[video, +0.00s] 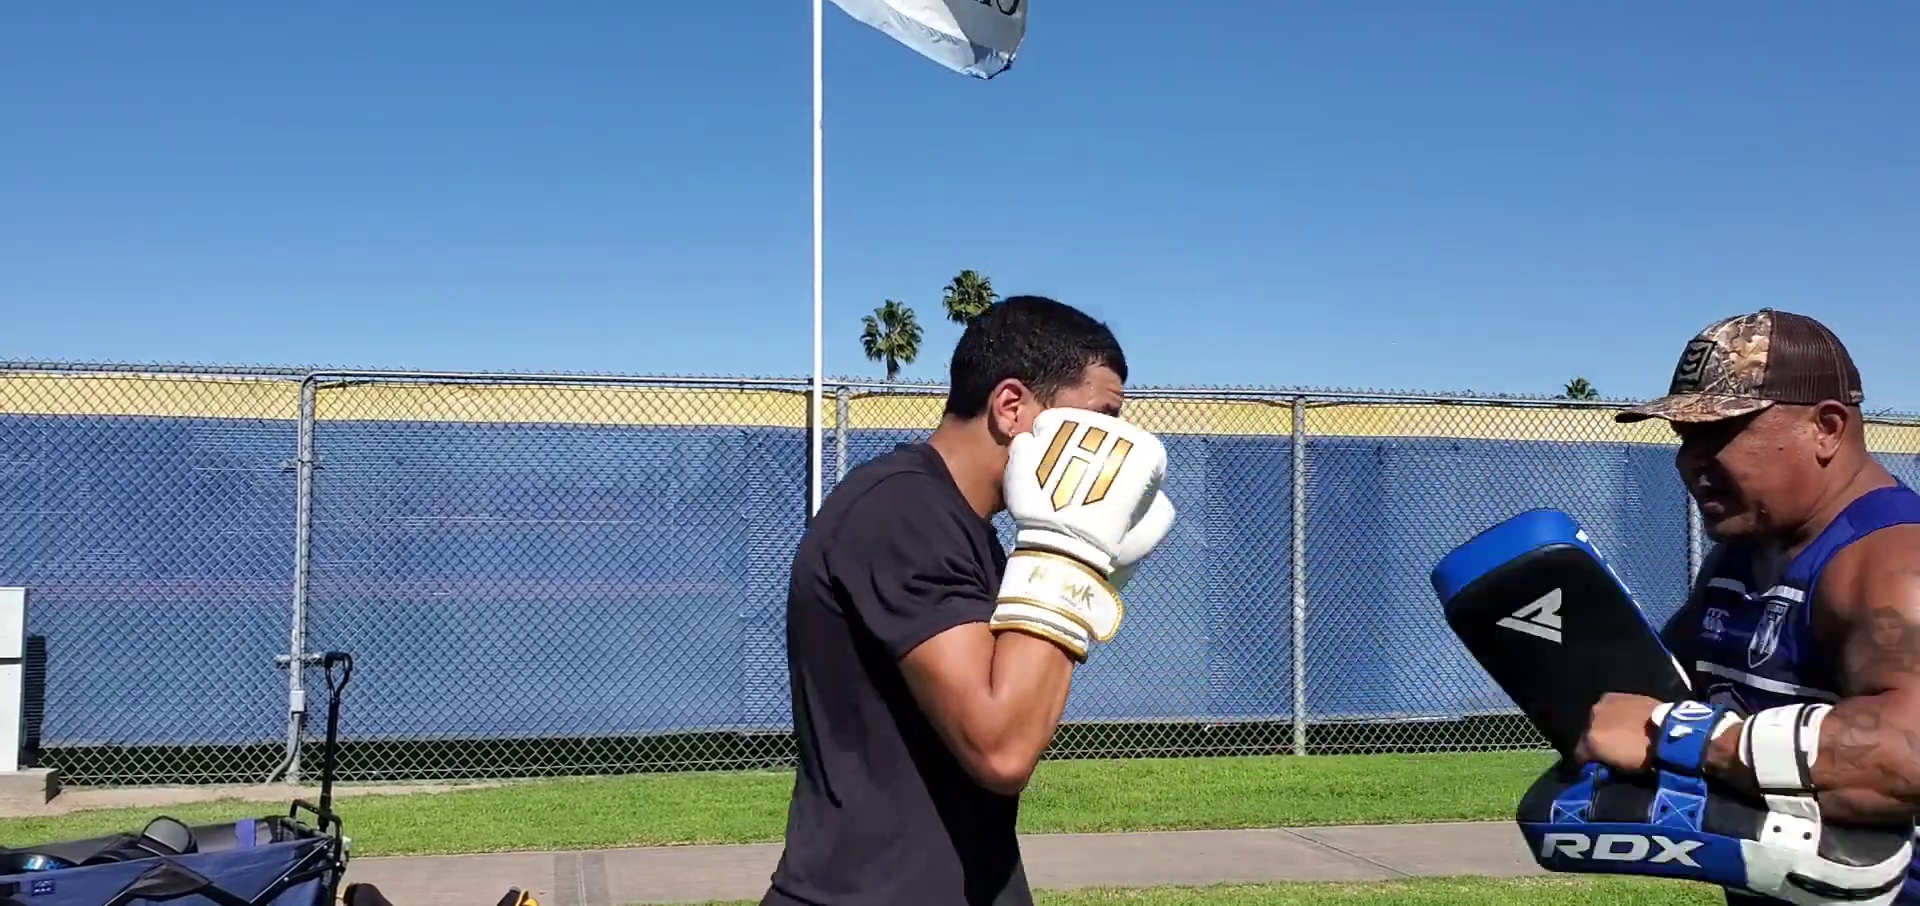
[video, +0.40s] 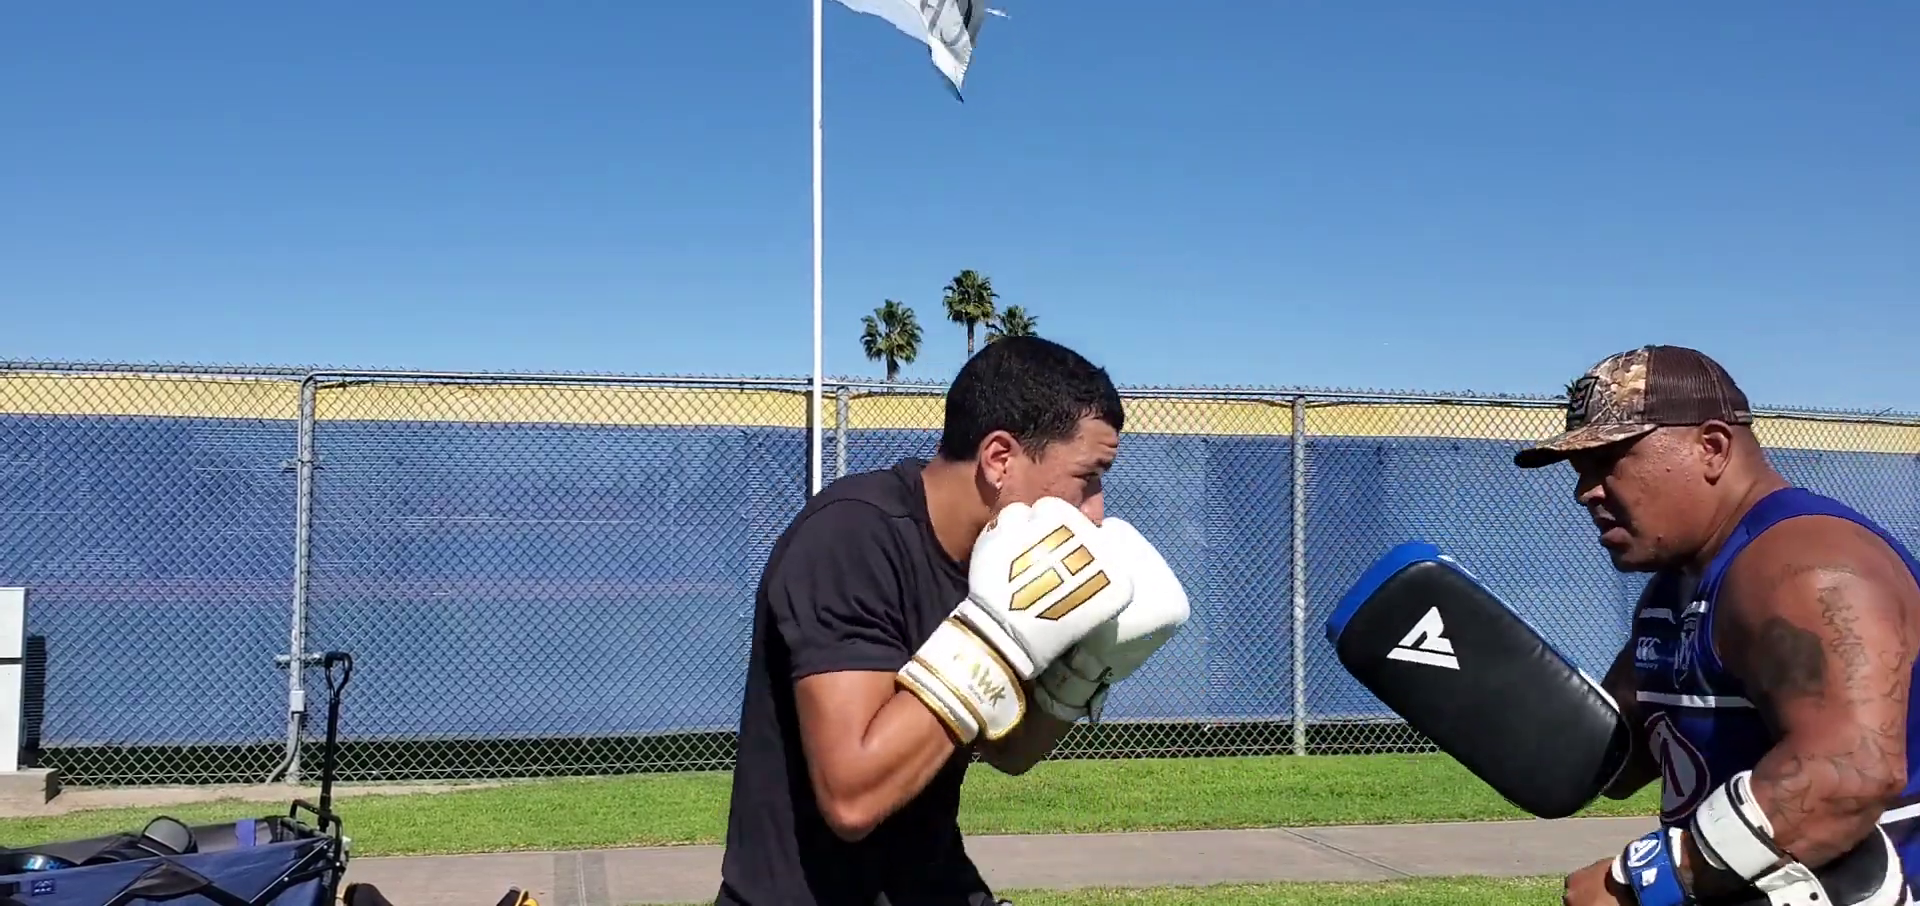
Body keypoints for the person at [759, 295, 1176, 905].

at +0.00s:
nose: (1108, 445)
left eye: (1110, 421)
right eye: (1098, 418)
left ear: (1012, 410)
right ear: (1011, 408)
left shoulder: (963, 525)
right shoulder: (901, 514)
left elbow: (1008, 732)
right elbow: (1002, 752)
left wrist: (1081, 579)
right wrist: (1059, 558)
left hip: (966, 883)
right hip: (882, 887)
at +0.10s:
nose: (1056, 464)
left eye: (1060, 442)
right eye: (1050, 438)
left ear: (969, 425)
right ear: (968, 423)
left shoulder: (919, 547)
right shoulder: (861, 537)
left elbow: (963, 761)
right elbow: (962, 779)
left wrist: (1023, 588)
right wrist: (1029, 588)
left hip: (905, 884)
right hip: (842, 888)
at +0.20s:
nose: (1049, 453)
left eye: (1054, 431)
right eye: (1042, 426)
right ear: (961, 409)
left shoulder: (913, 531)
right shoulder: (833, 515)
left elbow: (913, 727)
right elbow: (902, 763)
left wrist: (1018, 632)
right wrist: (990, 577)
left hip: (913, 887)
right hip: (819, 889)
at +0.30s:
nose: (1064, 464)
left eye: (1069, 438)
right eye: (1055, 433)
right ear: (972, 415)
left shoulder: (944, 520)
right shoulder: (829, 508)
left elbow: (947, 734)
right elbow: (877, 760)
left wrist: (1034, 632)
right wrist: (984, 578)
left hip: (919, 878)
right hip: (802, 888)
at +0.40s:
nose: (1098, 512)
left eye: (1102, 481)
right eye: (1086, 479)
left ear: (999, 462)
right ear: (1000, 460)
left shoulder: (979, 553)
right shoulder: (845, 539)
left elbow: (1010, 753)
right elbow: (852, 797)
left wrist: (1078, 670)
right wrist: (997, 635)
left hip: (930, 878)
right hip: (804, 887)